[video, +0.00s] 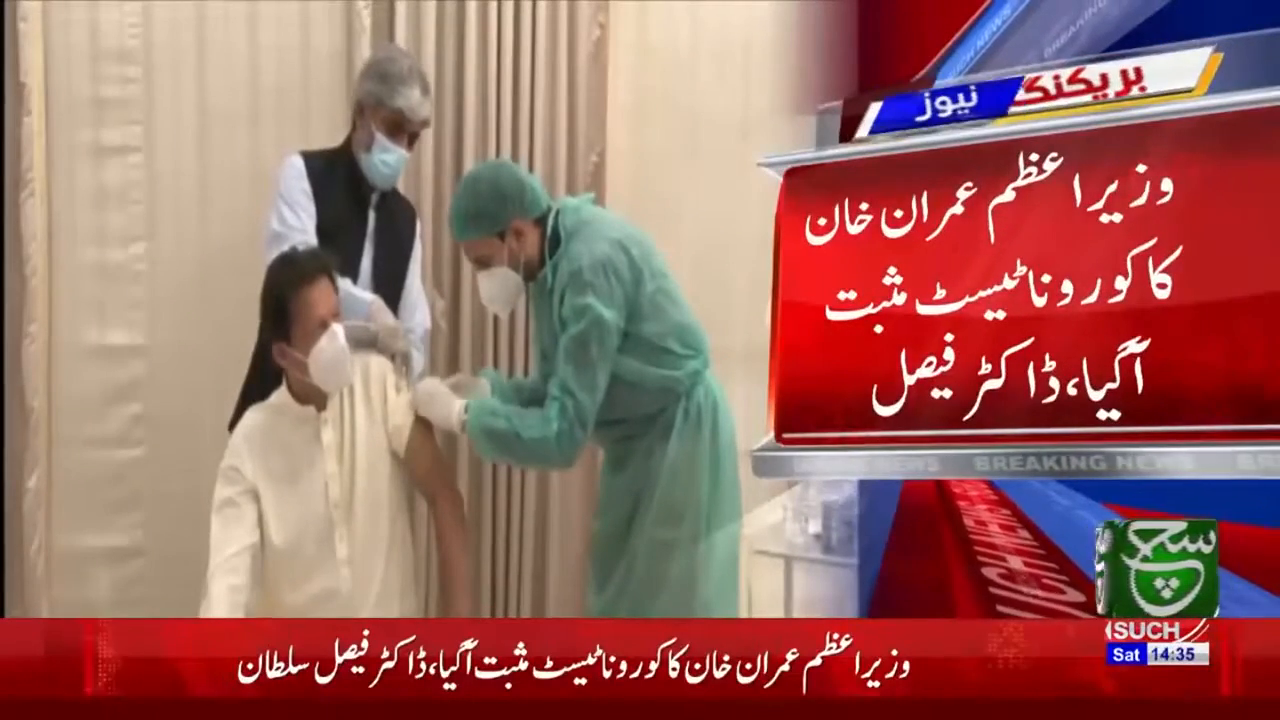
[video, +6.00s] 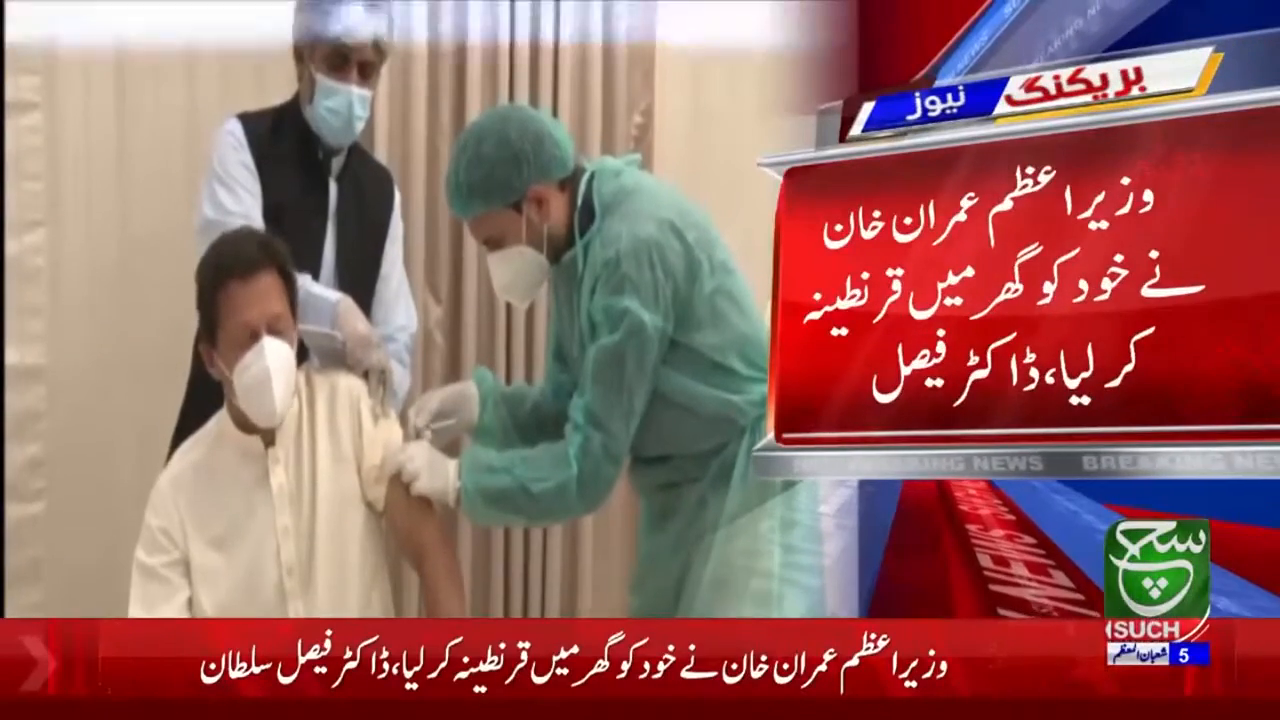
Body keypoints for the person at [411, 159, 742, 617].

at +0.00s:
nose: (484, 276)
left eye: (485, 263)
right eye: (476, 266)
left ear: (519, 233)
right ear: (519, 234)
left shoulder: (591, 261)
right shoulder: (554, 260)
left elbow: (563, 436)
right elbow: (555, 395)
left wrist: (461, 415)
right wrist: (486, 389)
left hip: (679, 434)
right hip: (633, 437)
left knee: (656, 604)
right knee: (614, 598)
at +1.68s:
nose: (506, 206)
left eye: (512, 190)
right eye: (501, 192)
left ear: (553, 171)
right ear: (551, 171)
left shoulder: (611, 225)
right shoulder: (581, 211)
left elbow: (583, 388)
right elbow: (595, 333)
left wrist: (484, 433)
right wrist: (550, 367)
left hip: (666, 429)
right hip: (629, 427)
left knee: (644, 600)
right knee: (613, 593)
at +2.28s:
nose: (528, 173)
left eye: (534, 159)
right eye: (523, 160)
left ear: (576, 141)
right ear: (572, 142)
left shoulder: (626, 209)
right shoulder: (596, 197)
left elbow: (586, 356)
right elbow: (588, 324)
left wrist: (486, 417)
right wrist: (554, 355)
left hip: (658, 429)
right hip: (622, 426)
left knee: (639, 602)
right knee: (608, 595)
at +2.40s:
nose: (495, 239)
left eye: (497, 220)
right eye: (486, 222)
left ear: (543, 183)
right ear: (543, 182)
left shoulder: (635, 220)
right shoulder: (584, 219)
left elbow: (588, 448)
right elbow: (585, 400)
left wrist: (457, 456)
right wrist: (500, 395)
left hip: (749, 456)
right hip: (677, 462)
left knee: (724, 653)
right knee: (655, 649)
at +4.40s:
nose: (496, 255)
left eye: (498, 238)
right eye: (487, 242)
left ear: (544, 199)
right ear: (544, 198)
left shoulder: (634, 233)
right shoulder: (581, 230)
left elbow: (591, 457)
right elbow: (571, 399)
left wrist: (460, 468)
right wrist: (487, 399)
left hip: (750, 468)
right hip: (678, 475)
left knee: (731, 664)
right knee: (655, 661)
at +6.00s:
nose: (496, 261)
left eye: (497, 244)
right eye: (487, 248)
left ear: (541, 204)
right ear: (542, 204)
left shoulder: (633, 242)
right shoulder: (581, 238)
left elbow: (589, 468)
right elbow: (565, 410)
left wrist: (458, 478)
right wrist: (482, 408)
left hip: (748, 477)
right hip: (676, 483)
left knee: (738, 667)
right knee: (658, 665)